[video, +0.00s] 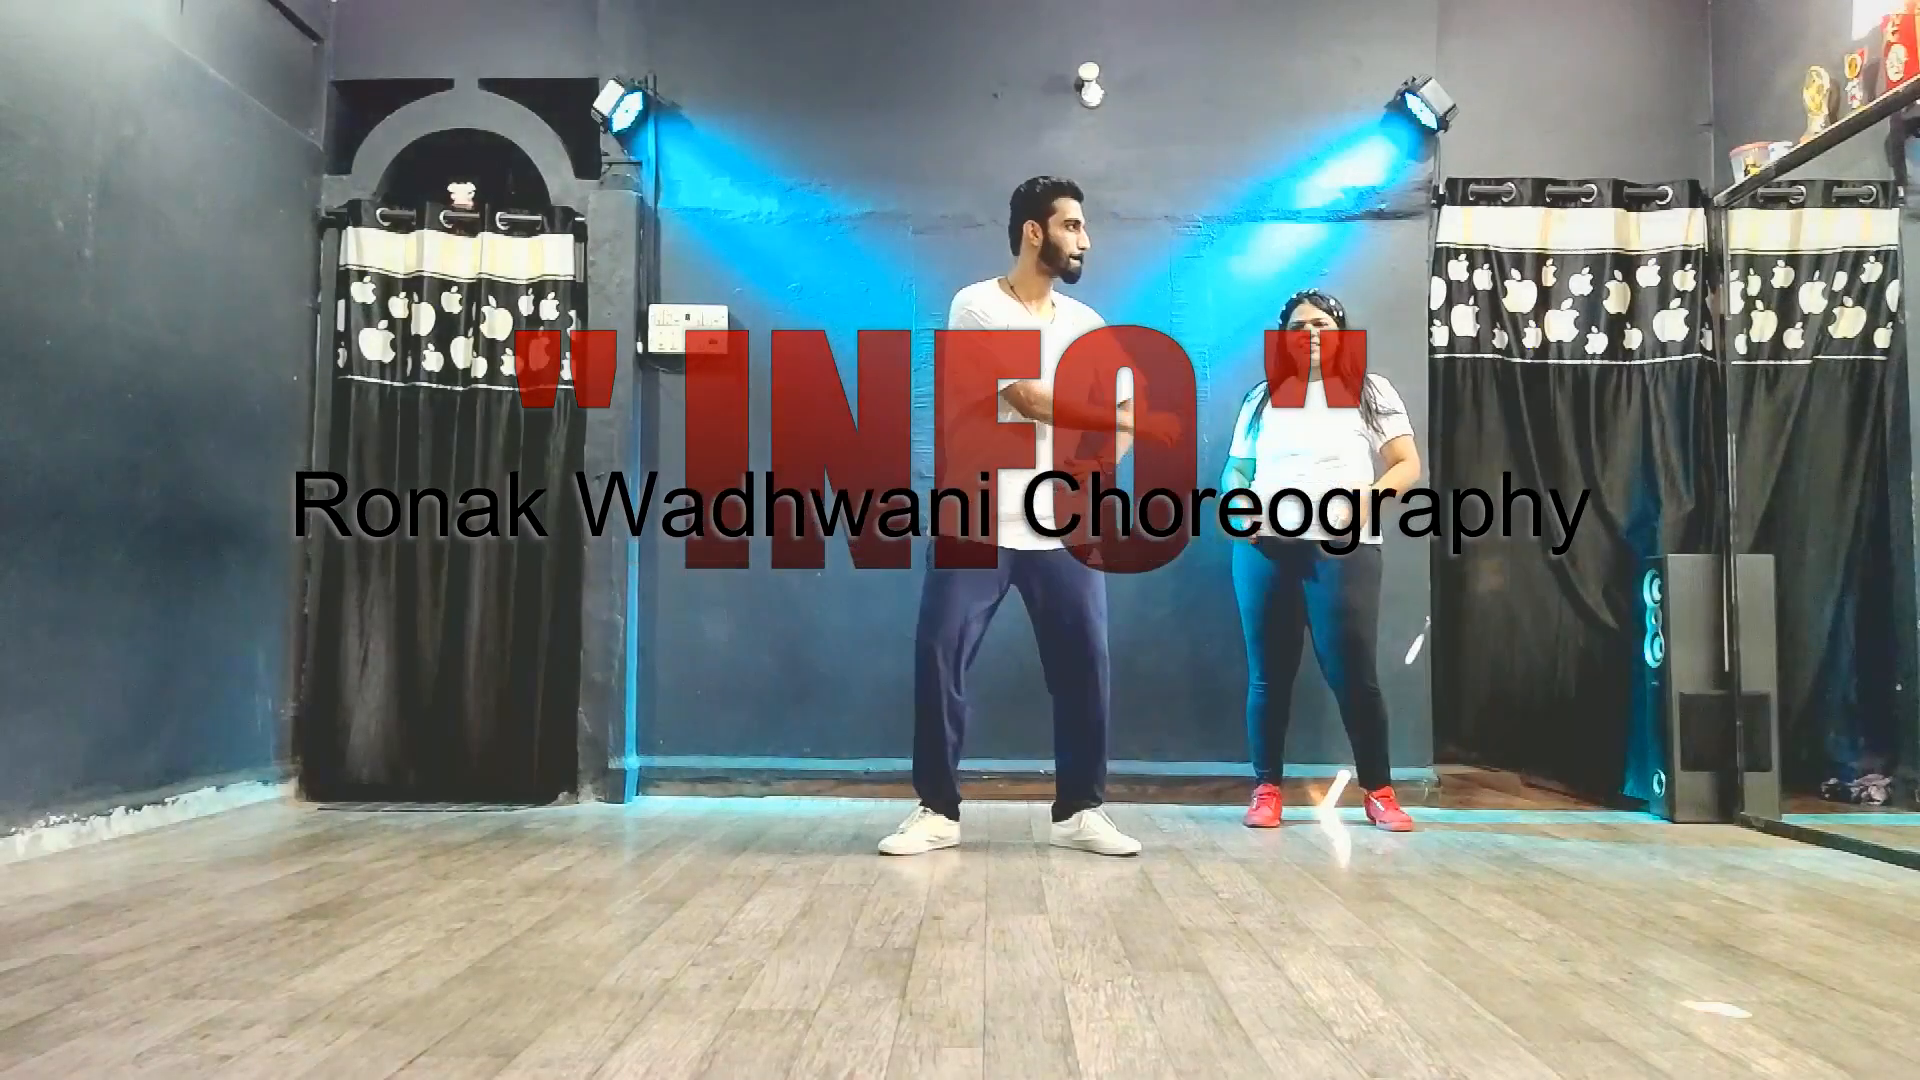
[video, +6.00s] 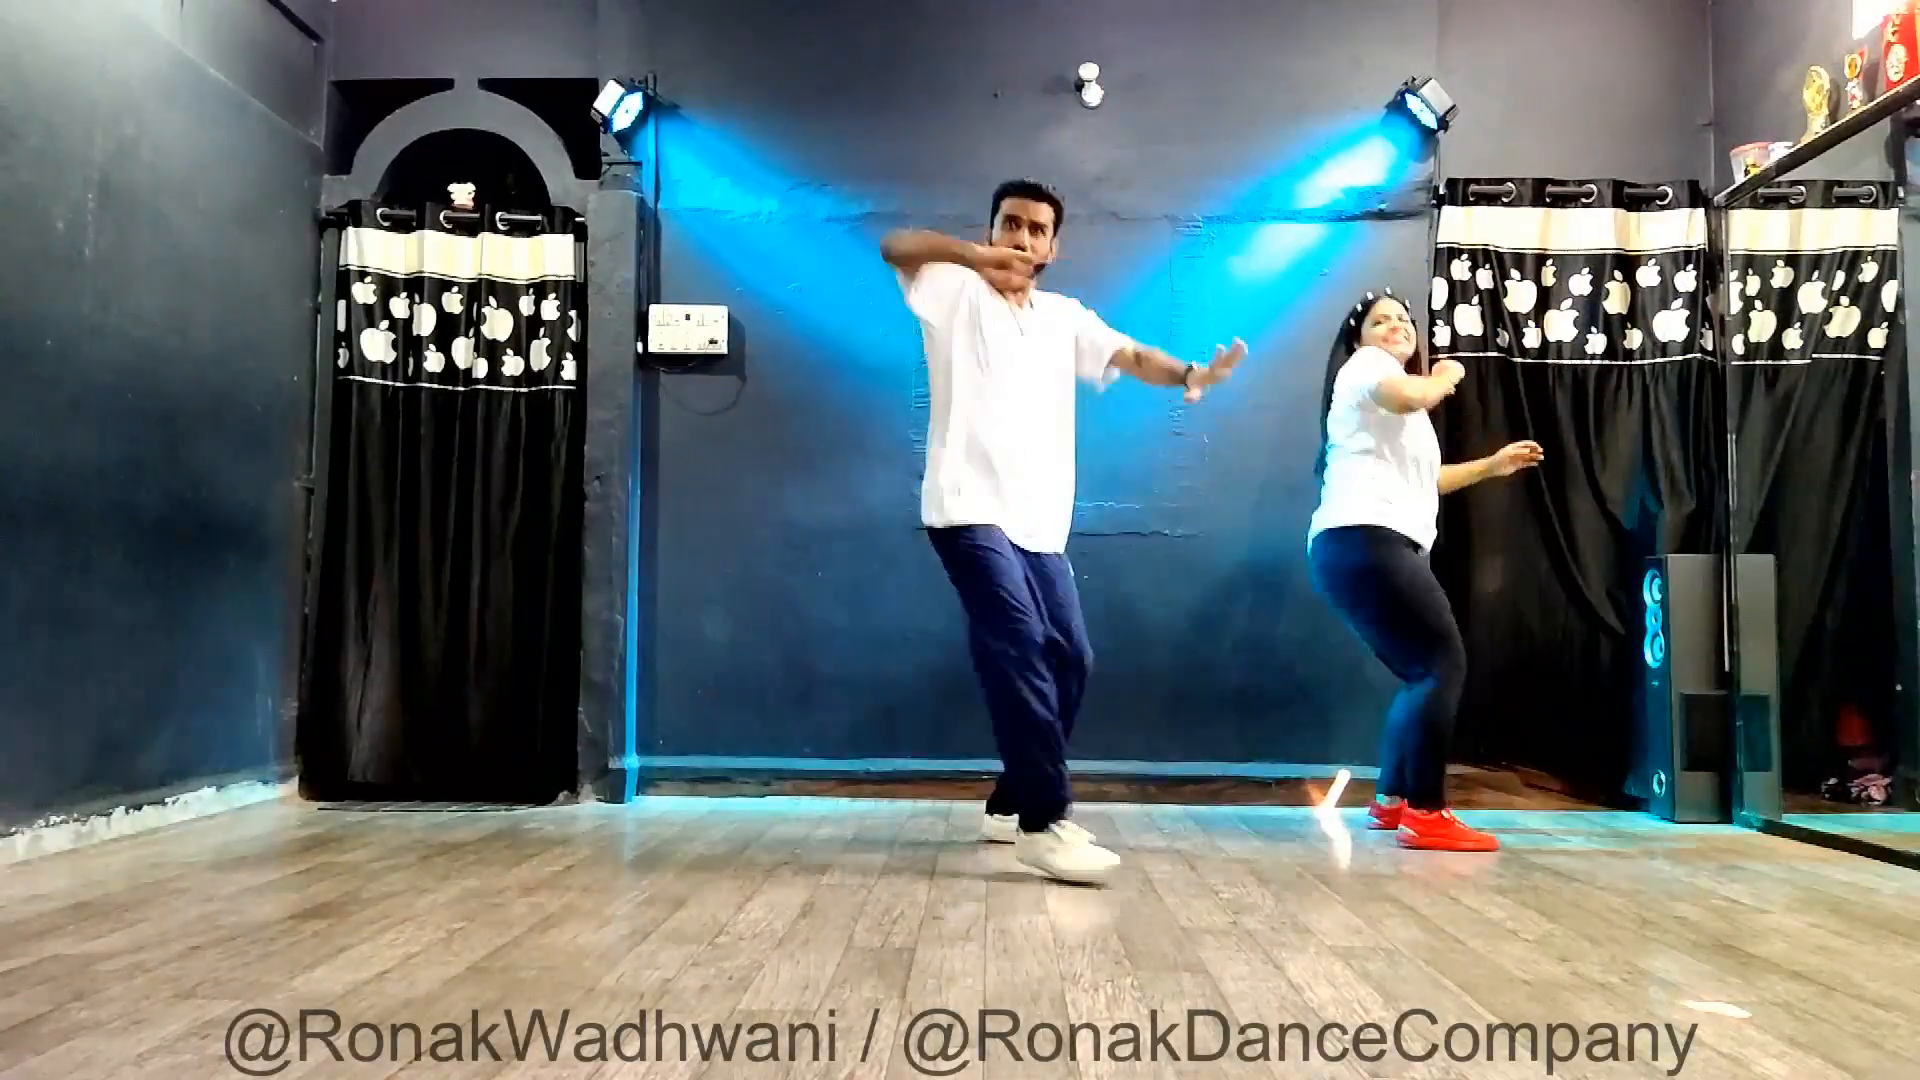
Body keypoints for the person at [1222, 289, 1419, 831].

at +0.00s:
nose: (1310, 333)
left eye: (1321, 324)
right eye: (1299, 325)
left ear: (1342, 336)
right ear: (1284, 337)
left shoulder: (1371, 390)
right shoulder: (1260, 399)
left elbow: (1407, 465)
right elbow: (1237, 478)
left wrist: (1364, 502)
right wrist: (1246, 515)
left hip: (1343, 549)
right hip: (1266, 548)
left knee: (1354, 675)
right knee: (1268, 675)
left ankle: (1378, 791)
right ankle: (1267, 789)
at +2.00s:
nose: (1308, 330)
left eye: (1318, 322)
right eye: (1297, 323)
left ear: (1337, 330)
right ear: (1283, 334)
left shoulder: (1367, 379)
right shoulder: (1262, 398)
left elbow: (1377, 451)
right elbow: (1261, 475)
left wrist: (1290, 459)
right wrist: (1266, 543)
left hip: (1363, 539)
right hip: (1283, 541)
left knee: (1368, 668)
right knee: (1277, 669)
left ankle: (1384, 793)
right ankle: (1280, 790)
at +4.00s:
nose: (1354, 286)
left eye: (1354, 282)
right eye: (1340, 281)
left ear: (1352, 305)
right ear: (1311, 300)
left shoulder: (1367, 364)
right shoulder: (1306, 349)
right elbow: (1369, 282)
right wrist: (1413, 208)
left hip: (1381, 541)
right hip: (1307, 542)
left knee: (1499, 507)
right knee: (1306, 668)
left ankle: (1466, 642)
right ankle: (1264, 816)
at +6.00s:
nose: (1396, 325)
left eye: (1404, 319)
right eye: (1381, 320)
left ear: (1414, 337)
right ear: (1361, 338)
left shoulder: (1403, 405)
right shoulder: (1368, 363)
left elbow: (1423, 480)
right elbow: (1406, 397)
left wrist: (1491, 466)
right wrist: (1443, 378)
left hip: (1364, 542)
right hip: (1366, 536)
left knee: (1425, 672)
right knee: (1442, 660)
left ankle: (1391, 800)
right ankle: (1424, 812)